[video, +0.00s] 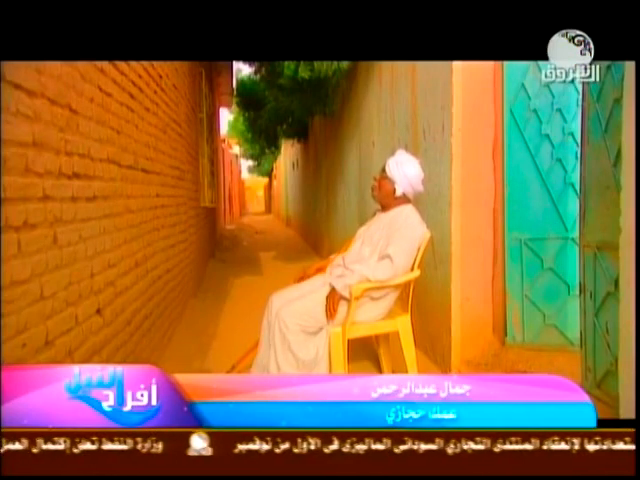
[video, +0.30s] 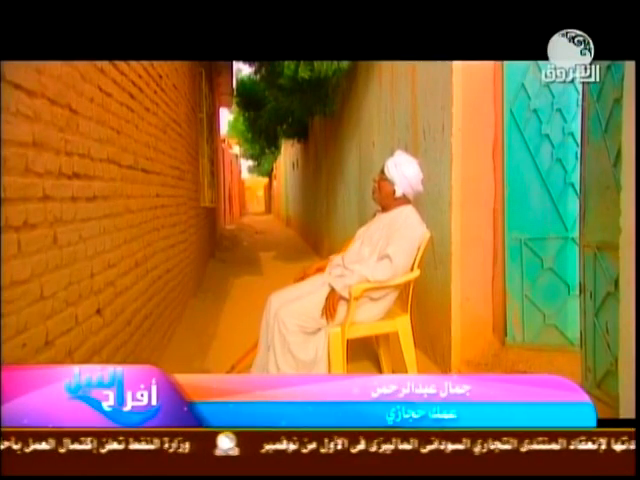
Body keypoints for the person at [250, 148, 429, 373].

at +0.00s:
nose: (375, 181)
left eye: (383, 178)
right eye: (379, 176)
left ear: (397, 188)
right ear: (394, 188)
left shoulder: (408, 221)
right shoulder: (385, 215)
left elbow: (392, 270)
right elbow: (354, 252)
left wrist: (342, 286)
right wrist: (325, 267)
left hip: (362, 295)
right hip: (342, 279)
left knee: (288, 317)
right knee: (277, 304)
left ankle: (291, 387)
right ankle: (268, 379)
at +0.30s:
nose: (375, 184)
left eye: (382, 180)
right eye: (378, 179)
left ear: (397, 188)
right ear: (394, 188)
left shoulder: (409, 222)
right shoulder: (386, 215)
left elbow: (391, 271)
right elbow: (354, 252)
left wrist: (341, 286)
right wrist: (326, 267)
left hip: (362, 296)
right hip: (342, 279)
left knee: (288, 317)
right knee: (276, 303)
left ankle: (291, 387)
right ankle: (268, 379)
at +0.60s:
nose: (373, 184)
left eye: (380, 181)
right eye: (376, 179)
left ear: (395, 189)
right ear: (393, 189)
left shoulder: (406, 222)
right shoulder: (385, 215)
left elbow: (390, 272)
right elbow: (355, 253)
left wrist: (339, 287)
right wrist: (325, 267)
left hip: (362, 298)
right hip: (341, 280)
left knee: (286, 317)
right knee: (276, 303)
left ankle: (289, 386)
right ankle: (268, 379)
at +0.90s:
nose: (371, 183)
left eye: (378, 180)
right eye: (375, 178)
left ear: (393, 187)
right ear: (391, 187)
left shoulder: (405, 220)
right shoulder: (383, 213)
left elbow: (389, 271)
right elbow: (355, 252)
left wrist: (335, 287)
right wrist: (325, 266)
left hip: (363, 299)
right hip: (342, 282)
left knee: (284, 314)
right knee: (276, 303)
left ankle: (284, 384)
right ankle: (267, 377)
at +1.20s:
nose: (372, 183)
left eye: (378, 180)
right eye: (375, 178)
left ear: (391, 188)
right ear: (390, 188)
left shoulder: (404, 221)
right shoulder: (384, 214)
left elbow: (389, 271)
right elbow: (355, 252)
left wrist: (336, 289)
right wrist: (326, 266)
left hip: (360, 298)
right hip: (339, 281)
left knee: (284, 315)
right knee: (274, 304)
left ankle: (283, 387)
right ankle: (265, 379)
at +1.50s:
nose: (373, 186)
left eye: (378, 181)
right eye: (376, 179)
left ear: (390, 188)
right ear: (392, 189)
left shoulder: (405, 221)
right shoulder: (388, 216)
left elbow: (388, 271)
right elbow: (358, 253)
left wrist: (336, 288)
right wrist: (327, 266)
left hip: (360, 298)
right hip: (341, 281)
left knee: (283, 314)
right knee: (274, 303)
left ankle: (281, 386)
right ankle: (266, 379)